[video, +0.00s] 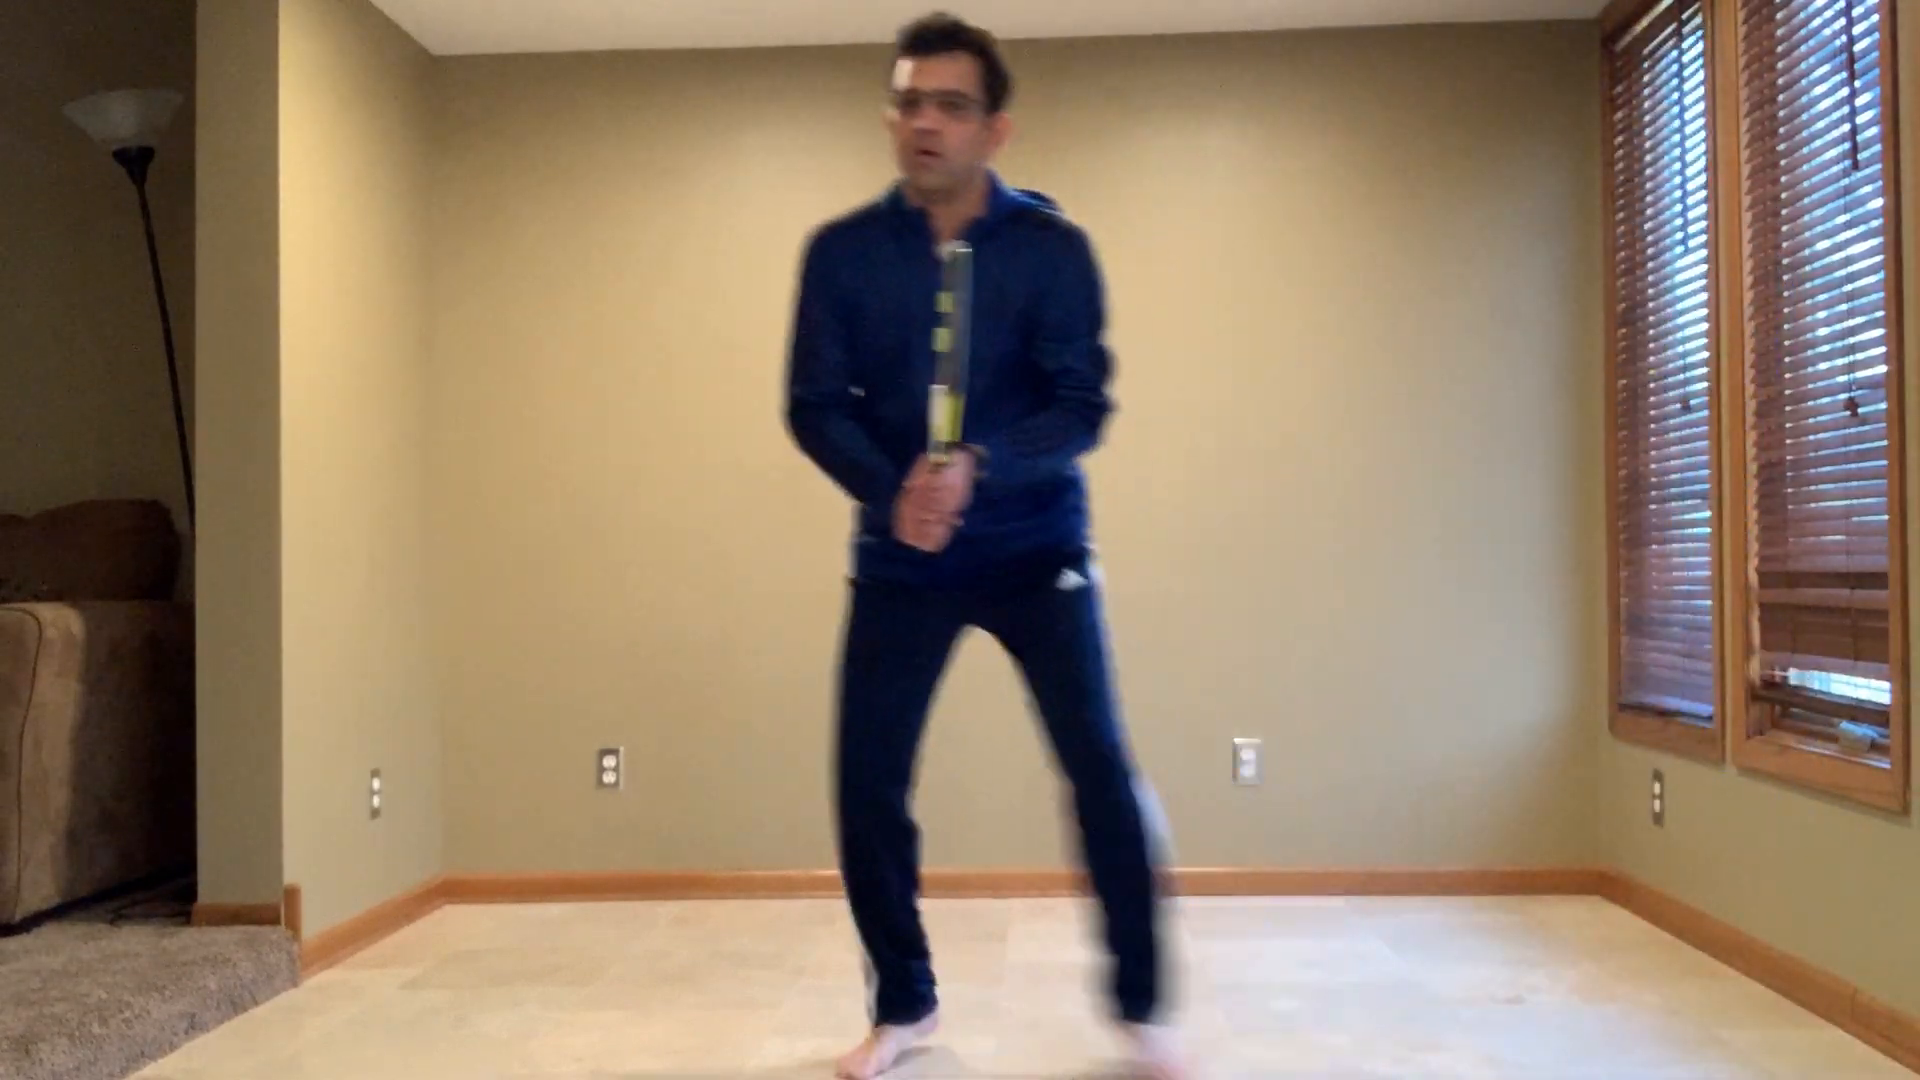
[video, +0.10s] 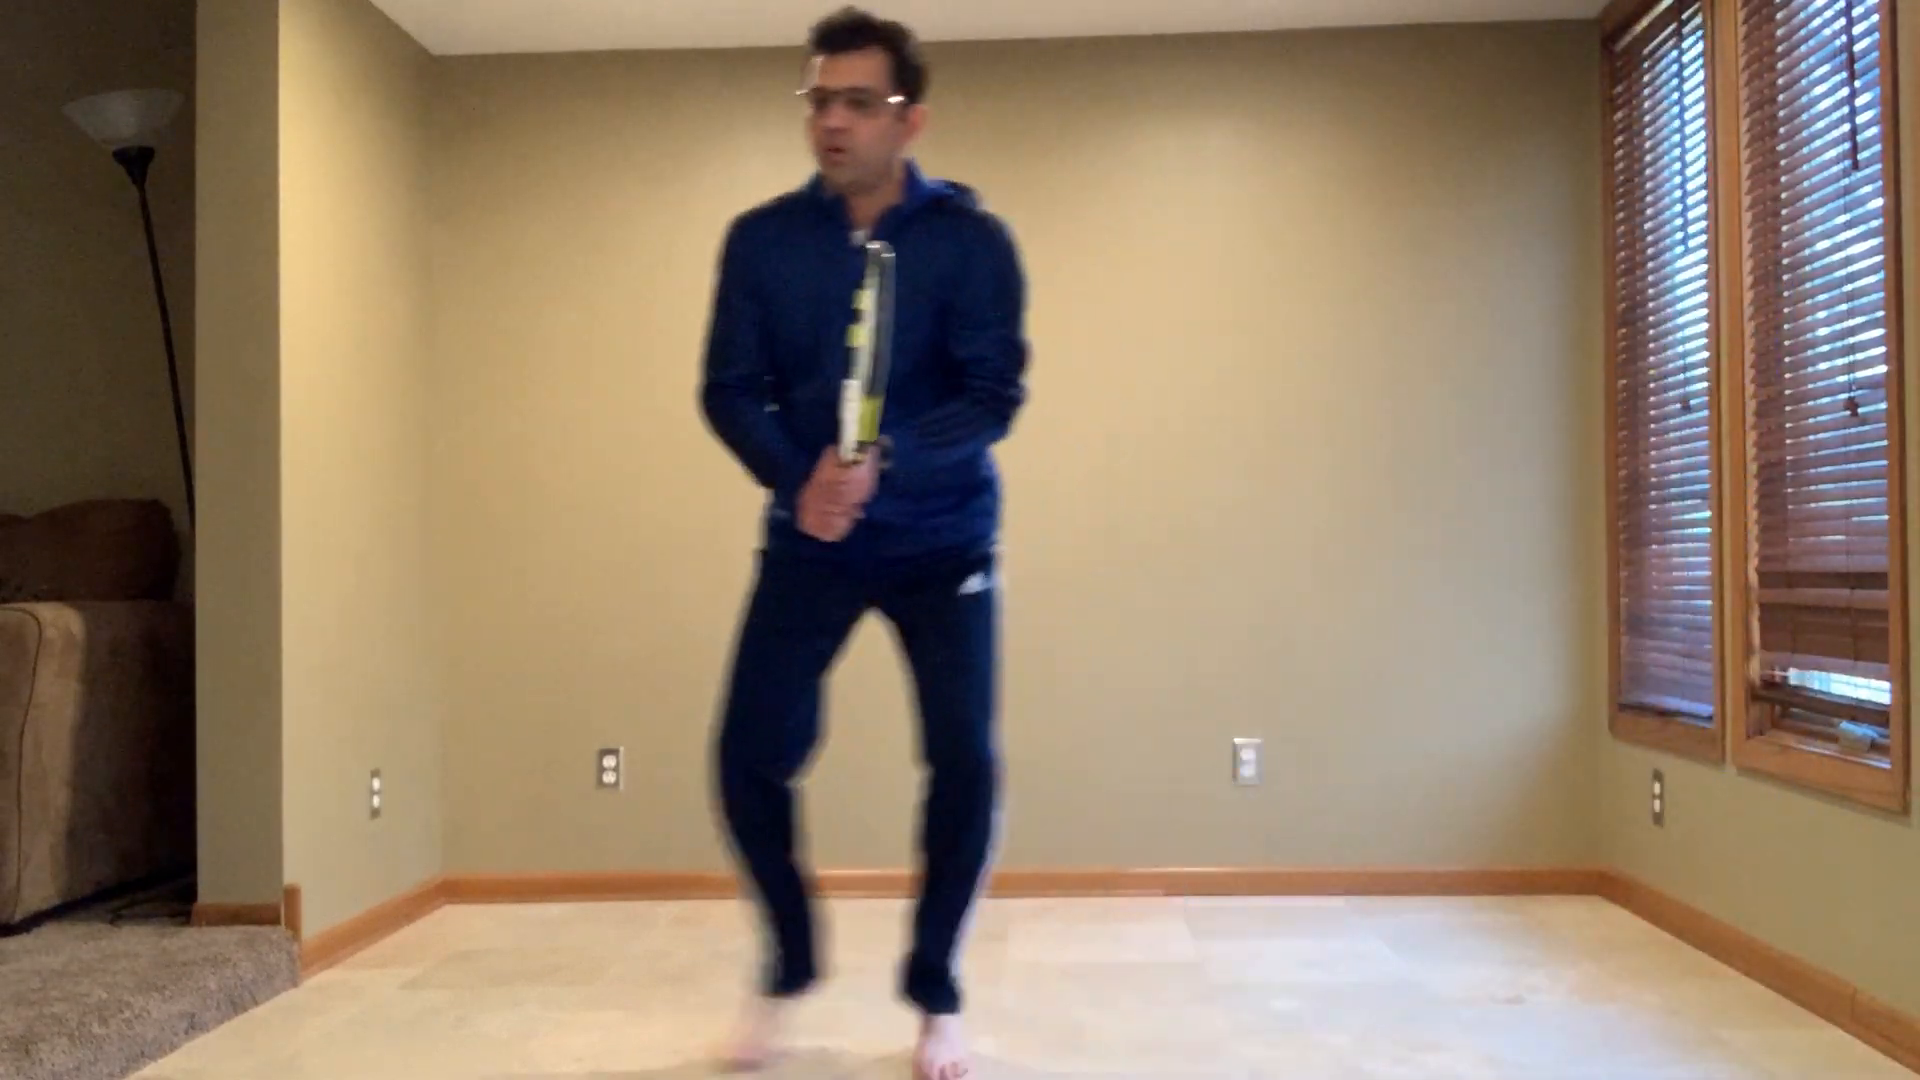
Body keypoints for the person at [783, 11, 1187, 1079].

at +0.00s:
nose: (922, 123)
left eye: (948, 106)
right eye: (907, 103)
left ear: (994, 124)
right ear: (889, 117)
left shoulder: (1050, 246)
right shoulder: (842, 252)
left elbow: (1080, 407)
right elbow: (814, 405)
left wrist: (978, 468)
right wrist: (892, 489)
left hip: (1036, 560)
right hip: (899, 568)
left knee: (1101, 769)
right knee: (868, 790)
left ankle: (1142, 1015)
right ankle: (904, 1012)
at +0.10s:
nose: (829, 120)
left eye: (855, 102)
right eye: (818, 101)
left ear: (909, 117)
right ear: (804, 112)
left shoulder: (970, 241)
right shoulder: (762, 240)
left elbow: (993, 394)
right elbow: (727, 388)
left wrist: (883, 464)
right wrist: (793, 476)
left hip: (941, 549)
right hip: (808, 547)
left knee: (965, 763)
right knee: (750, 756)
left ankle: (936, 994)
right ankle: (790, 964)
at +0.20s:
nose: (748, 136)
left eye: (774, 118)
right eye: (737, 116)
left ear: (829, 137)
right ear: (722, 128)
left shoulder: (882, 262)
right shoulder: (678, 260)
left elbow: (909, 419)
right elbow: (641, 408)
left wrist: (800, 472)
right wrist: (707, 489)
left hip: (845, 588)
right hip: (709, 585)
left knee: (896, 798)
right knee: (624, 787)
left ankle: (916, 1015)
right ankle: (565, 996)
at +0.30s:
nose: (668, 140)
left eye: (695, 124)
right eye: (656, 121)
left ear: (746, 148)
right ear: (641, 136)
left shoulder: (791, 275)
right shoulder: (581, 260)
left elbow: (817, 430)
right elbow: (542, 408)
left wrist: (713, 475)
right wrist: (617, 490)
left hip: (745, 589)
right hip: (608, 591)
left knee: (813, 786)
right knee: (546, 806)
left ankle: (900, 1008)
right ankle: (527, 1024)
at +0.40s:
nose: (599, 110)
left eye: (628, 94)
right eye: (585, 89)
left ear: (674, 123)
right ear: (567, 108)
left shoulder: (720, 250)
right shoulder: (507, 234)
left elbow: (738, 404)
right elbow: (464, 384)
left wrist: (632, 470)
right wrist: (542, 482)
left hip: (675, 554)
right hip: (541, 555)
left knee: (706, 760)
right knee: (504, 772)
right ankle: (513, 1007)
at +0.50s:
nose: (531, 106)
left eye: (560, 91)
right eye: (520, 86)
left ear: (609, 120)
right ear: (502, 106)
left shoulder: (663, 244)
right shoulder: (447, 230)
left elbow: (685, 396)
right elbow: (406, 379)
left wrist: (572, 468)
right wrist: (485, 475)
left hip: (613, 550)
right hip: (475, 546)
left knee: (625, 776)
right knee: (403, 762)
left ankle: (612, 993)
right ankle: (389, 973)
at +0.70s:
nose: (438, 215)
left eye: (468, 204)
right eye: (428, 195)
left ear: (515, 240)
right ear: (406, 213)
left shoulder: (559, 360)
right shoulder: (338, 336)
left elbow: (563, 512)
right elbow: (300, 481)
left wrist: (452, 587)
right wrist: (370, 593)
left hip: (508, 615)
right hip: (362, 613)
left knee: (558, 805)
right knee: (278, 810)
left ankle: (591, 1010)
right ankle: (238, 1028)